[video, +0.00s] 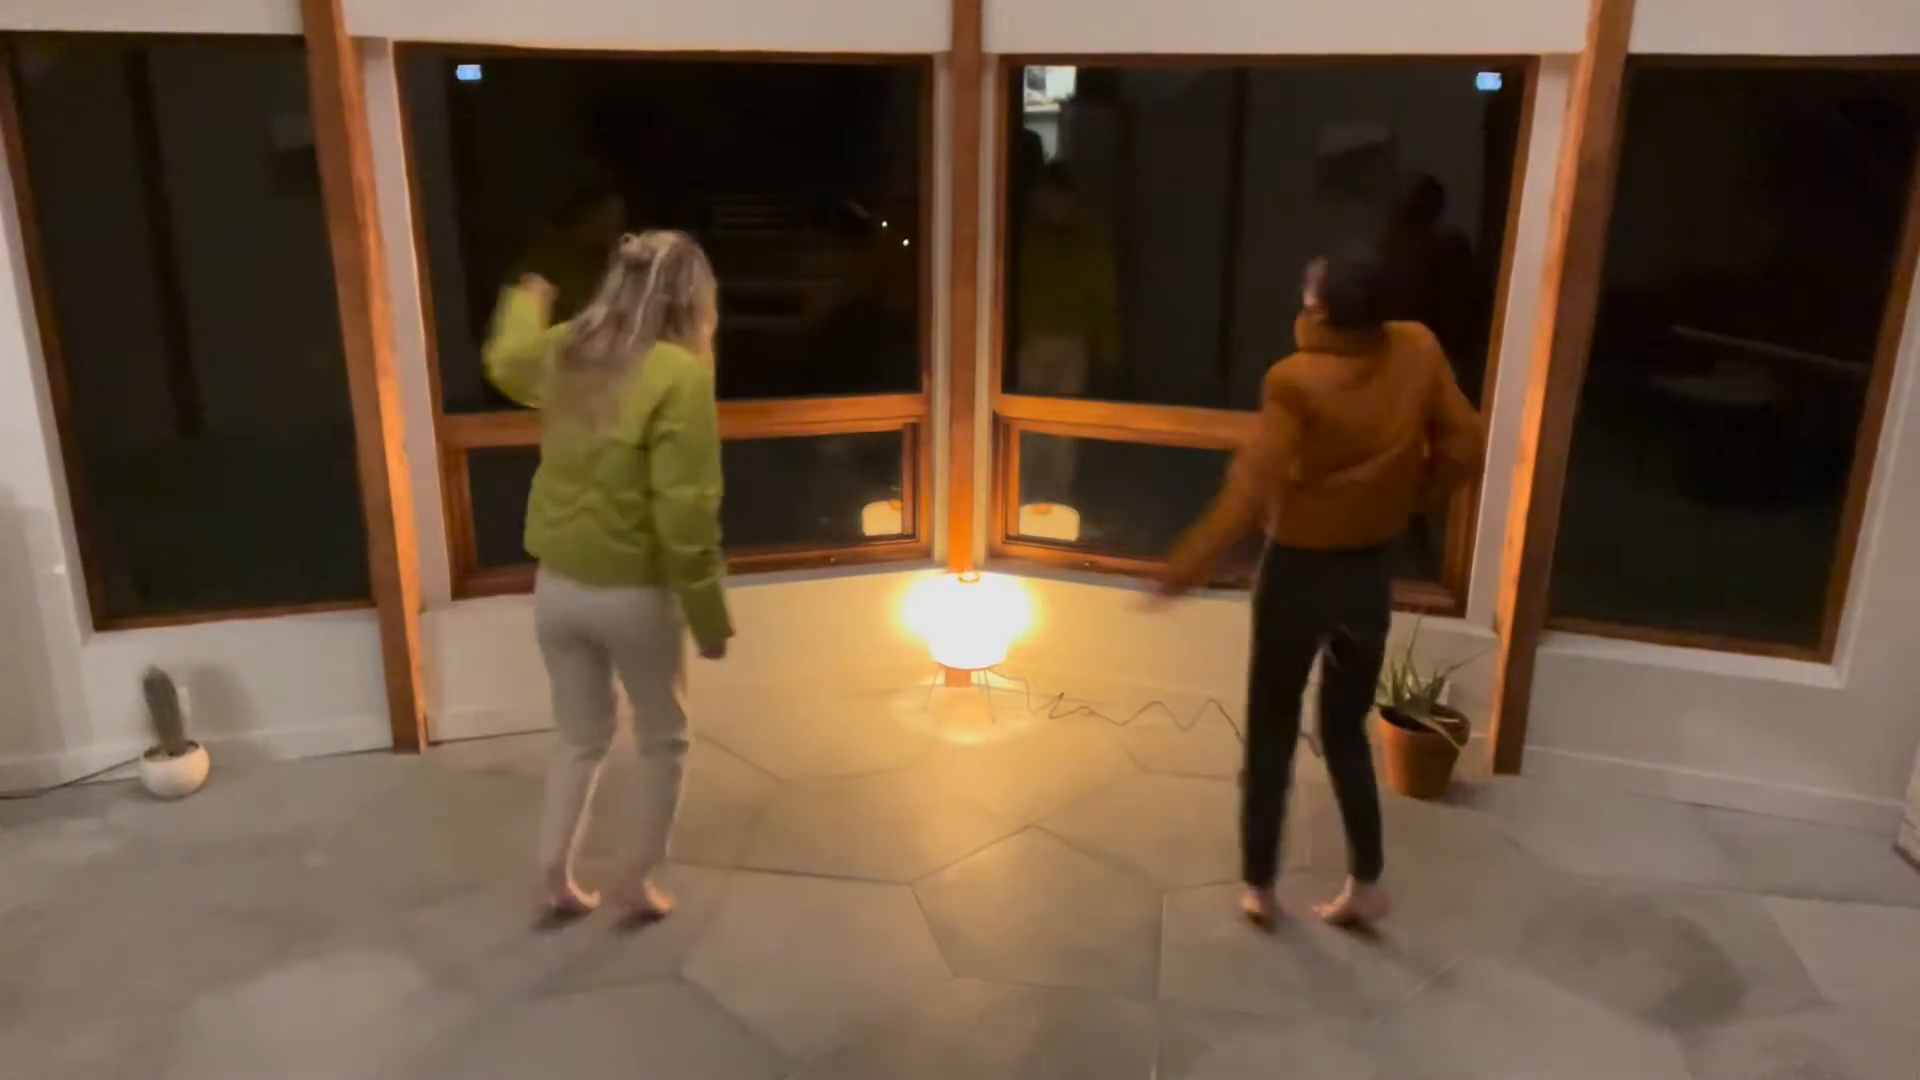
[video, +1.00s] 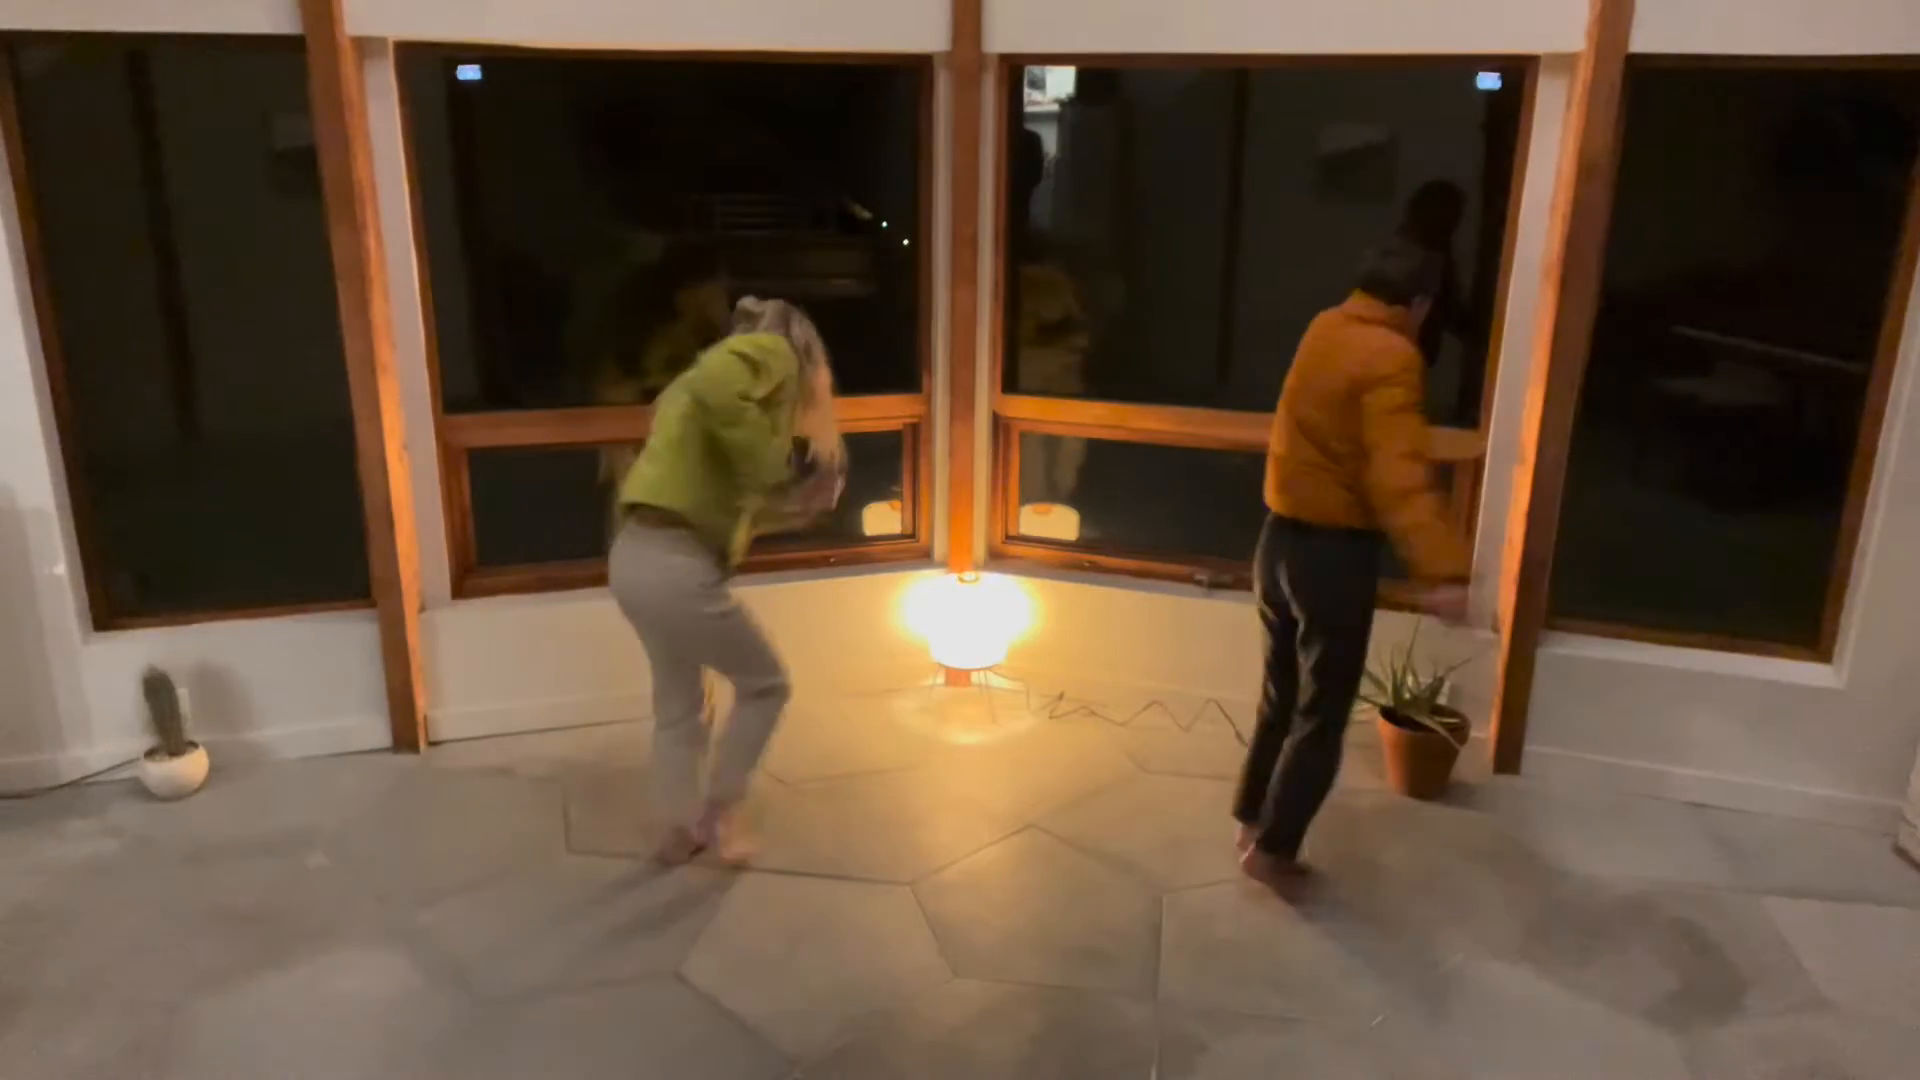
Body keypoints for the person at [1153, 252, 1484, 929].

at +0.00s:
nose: (1301, 308)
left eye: (1308, 299)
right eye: (1307, 296)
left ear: (1326, 310)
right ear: (1367, 306)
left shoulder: (1294, 381)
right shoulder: (1416, 348)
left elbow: (1248, 496)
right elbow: (1467, 443)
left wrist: (1179, 571)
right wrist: (1411, 494)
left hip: (1295, 576)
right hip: (1369, 575)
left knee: (1271, 730)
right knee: (1345, 726)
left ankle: (1258, 887)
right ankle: (1366, 885)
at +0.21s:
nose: (1366, 262)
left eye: (1384, 266)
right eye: (1381, 257)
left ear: (1394, 303)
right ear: (1382, 291)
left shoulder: (1361, 372)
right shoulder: (1353, 358)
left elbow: (1390, 487)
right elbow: (1386, 481)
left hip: (1331, 570)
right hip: (1322, 562)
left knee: (1300, 731)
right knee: (1301, 720)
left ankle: (1337, 884)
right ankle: (1353, 851)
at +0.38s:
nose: (1347, 260)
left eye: (1367, 262)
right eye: (1350, 256)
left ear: (1390, 298)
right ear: (1332, 286)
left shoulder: (1399, 362)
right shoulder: (1302, 354)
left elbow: (1473, 462)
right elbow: (1296, 445)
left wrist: (1522, 559)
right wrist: (1261, 494)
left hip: (1366, 566)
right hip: (1301, 560)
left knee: (1351, 730)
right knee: (1308, 731)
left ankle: (1349, 885)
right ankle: (1341, 856)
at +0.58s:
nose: (1350, 263)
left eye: (1347, 256)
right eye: (1332, 264)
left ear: (1370, 277)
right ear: (1312, 303)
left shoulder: (1423, 343)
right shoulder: (1294, 365)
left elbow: (1462, 433)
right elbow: (1237, 457)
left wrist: (1461, 525)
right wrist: (1157, 519)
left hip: (1389, 561)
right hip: (1310, 562)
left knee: (1377, 734)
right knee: (1304, 734)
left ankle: (1353, 876)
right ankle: (1283, 842)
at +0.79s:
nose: (1432, 302)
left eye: (1429, 290)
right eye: (1422, 291)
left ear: (1384, 297)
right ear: (1389, 298)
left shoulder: (1380, 356)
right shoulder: (1352, 362)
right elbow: (1300, 455)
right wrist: (1247, 545)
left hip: (1338, 553)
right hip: (1320, 556)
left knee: (1324, 705)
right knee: (1325, 709)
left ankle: (1272, 837)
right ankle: (1273, 846)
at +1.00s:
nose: (1426, 316)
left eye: (1427, 305)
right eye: (1429, 305)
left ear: (1366, 284)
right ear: (1417, 302)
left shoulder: (1324, 330)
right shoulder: (1390, 355)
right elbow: (1396, 475)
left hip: (1281, 537)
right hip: (1333, 550)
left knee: (1281, 695)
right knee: (1323, 708)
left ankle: (1253, 819)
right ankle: (1274, 850)